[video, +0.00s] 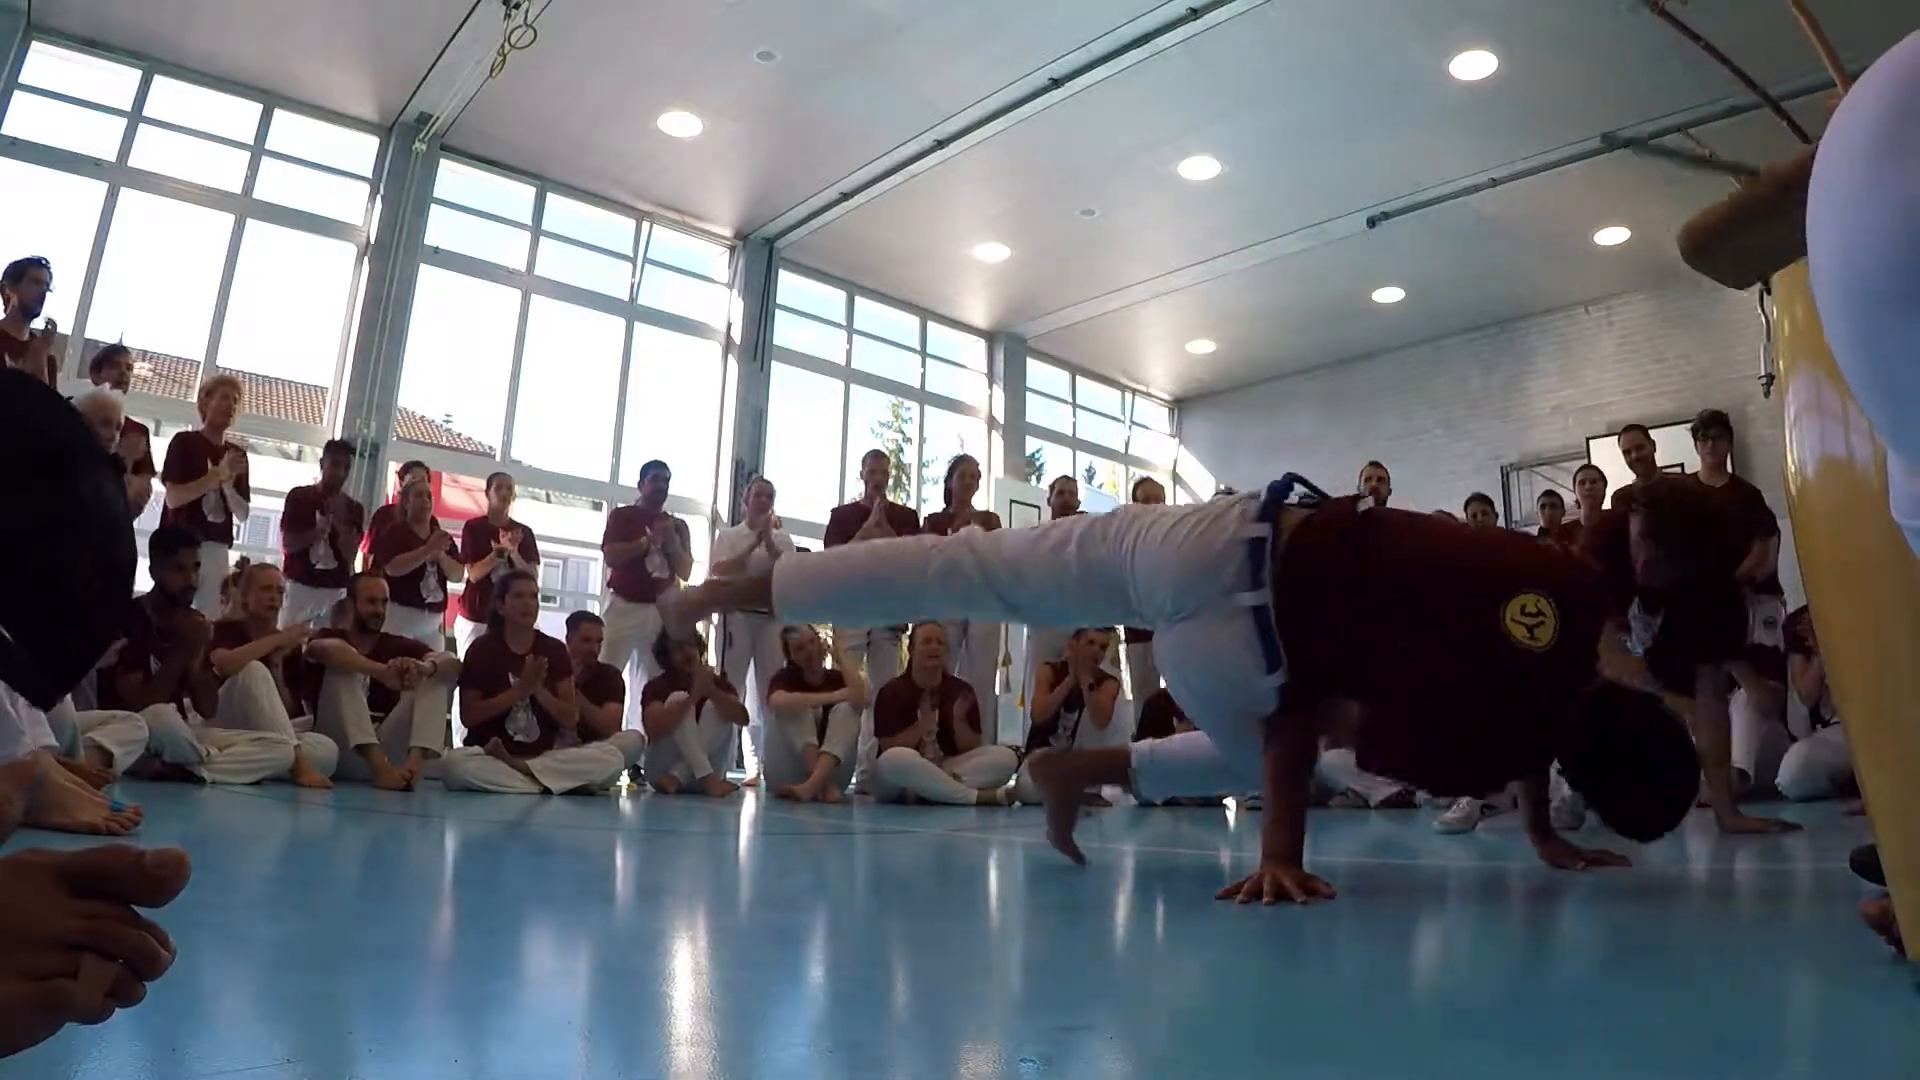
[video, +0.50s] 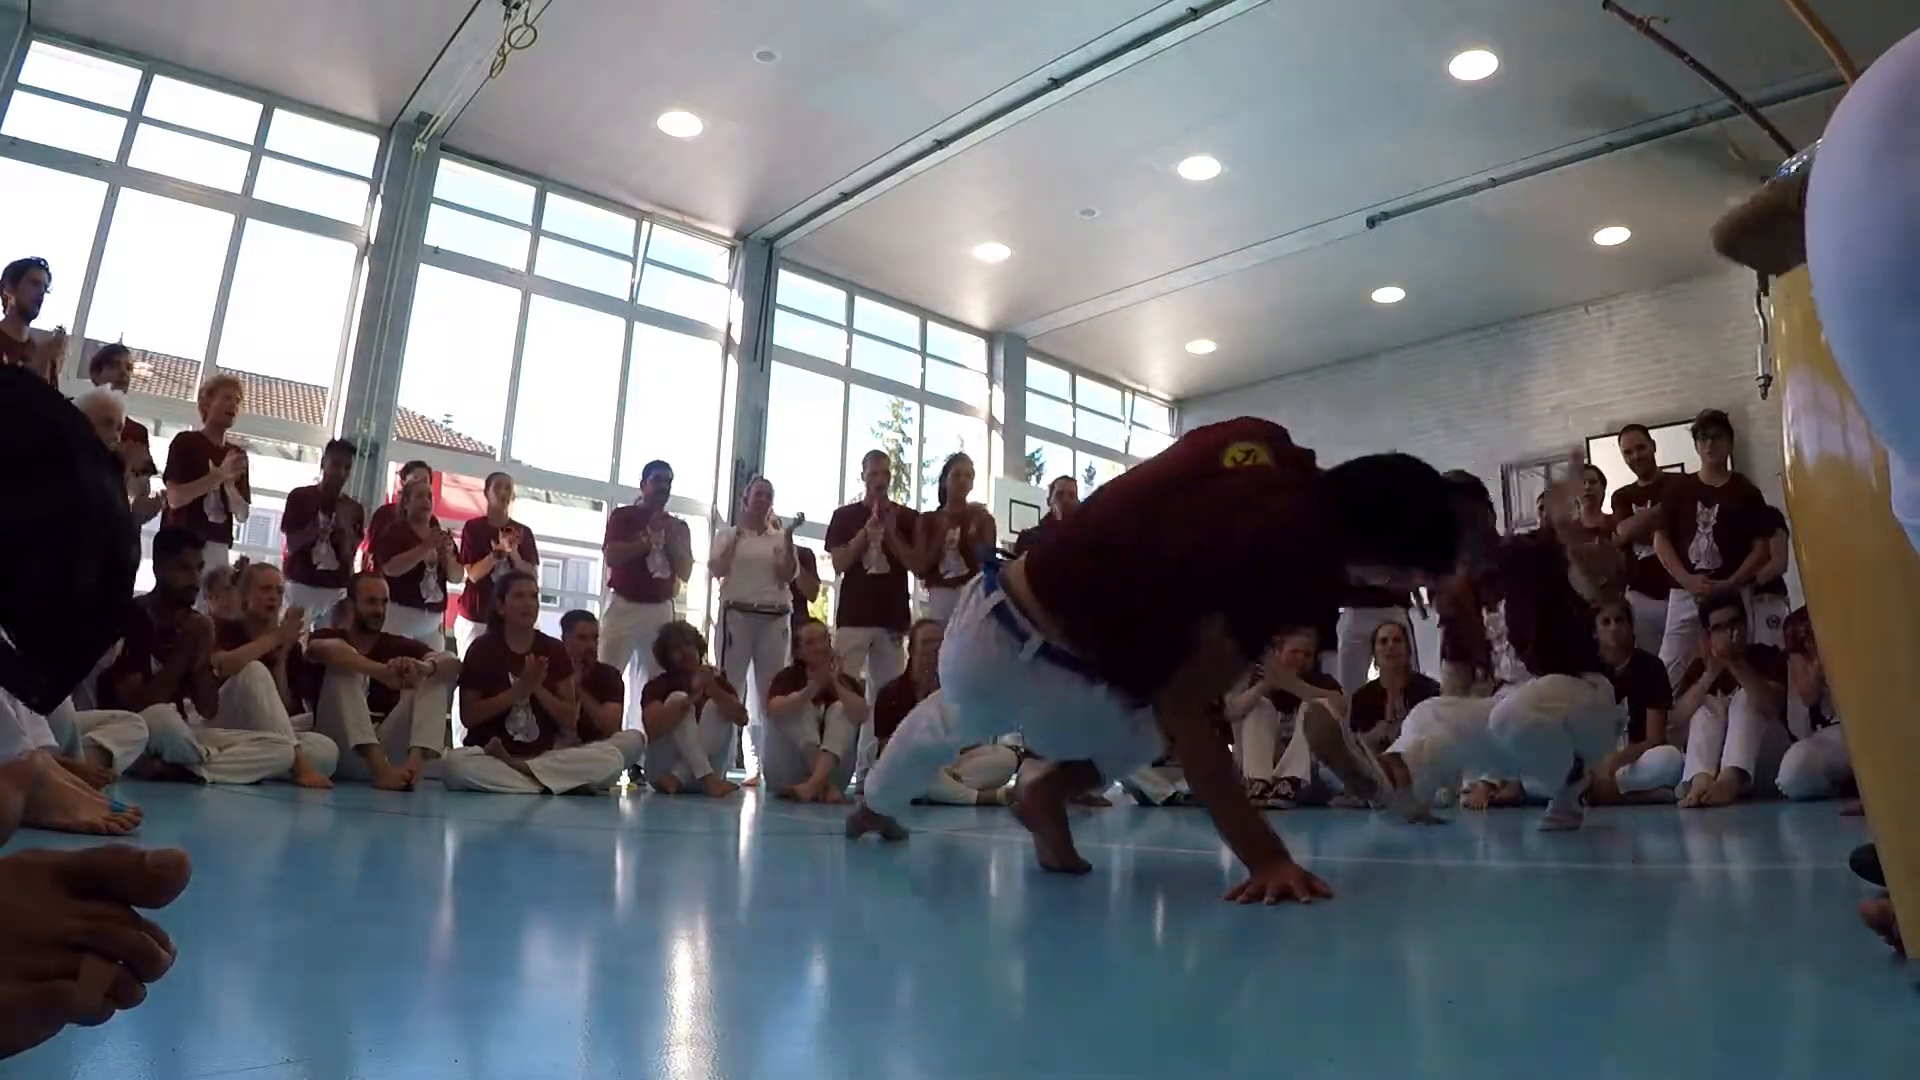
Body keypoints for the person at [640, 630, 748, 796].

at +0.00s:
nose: (687, 653)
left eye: (690, 645)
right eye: (678, 649)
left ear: (700, 649)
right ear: (665, 657)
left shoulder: (717, 683)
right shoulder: (655, 687)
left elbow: (742, 718)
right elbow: (654, 730)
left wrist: (710, 690)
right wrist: (694, 695)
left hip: (708, 771)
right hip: (665, 771)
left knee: (719, 705)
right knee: (678, 699)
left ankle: (677, 776)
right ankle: (708, 777)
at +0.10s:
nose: (688, 667)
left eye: (694, 658)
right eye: (680, 662)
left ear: (703, 655)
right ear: (664, 662)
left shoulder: (717, 683)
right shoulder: (655, 687)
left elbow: (743, 720)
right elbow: (652, 728)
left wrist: (712, 689)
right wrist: (688, 698)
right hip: (664, 772)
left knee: (720, 704)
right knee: (676, 704)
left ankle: (677, 776)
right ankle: (708, 776)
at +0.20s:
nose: (686, 652)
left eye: (689, 645)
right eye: (677, 649)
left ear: (698, 647)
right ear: (666, 656)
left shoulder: (715, 680)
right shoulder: (655, 687)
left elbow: (740, 716)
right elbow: (654, 731)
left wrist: (721, 695)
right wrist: (685, 696)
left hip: (711, 767)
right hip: (667, 768)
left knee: (714, 708)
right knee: (676, 700)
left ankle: (679, 777)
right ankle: (708, 777)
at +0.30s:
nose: (686, 652)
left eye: (689, 645)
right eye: (677, 648)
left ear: (699, 648)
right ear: (666, 655)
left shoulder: (714, 679)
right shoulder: (655, 686)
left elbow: (743, 720)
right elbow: (652, 730)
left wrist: (717, 693)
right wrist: (685, 696)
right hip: (664, 766)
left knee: (717, 706)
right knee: (678, 700)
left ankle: (679, 775)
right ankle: (704, 774)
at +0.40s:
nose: (686, 652)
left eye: (689, 645)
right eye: (677, 649)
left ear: (699, 647)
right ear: (665, 656)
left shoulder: (715, 679)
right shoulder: (655, 686)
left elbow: (743, 720)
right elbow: (653, 730)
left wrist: (717, 692)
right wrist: (685, 695)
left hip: (709, 771)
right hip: (664, 771)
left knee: (718, 705)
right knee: (678, 700)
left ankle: (677, 776)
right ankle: (708, 776)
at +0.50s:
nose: (686, 652)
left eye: (689, 645)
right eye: (677, 648)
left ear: (698, 647)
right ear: (666, 656)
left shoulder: (716, 680)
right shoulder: (655, 686)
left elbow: (742, 719)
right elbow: (652, 729)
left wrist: (712, 688)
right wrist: (688, 701)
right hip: (664, 771)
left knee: (719, 704)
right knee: (678, 699)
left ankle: (678, 776)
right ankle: (708, 776)